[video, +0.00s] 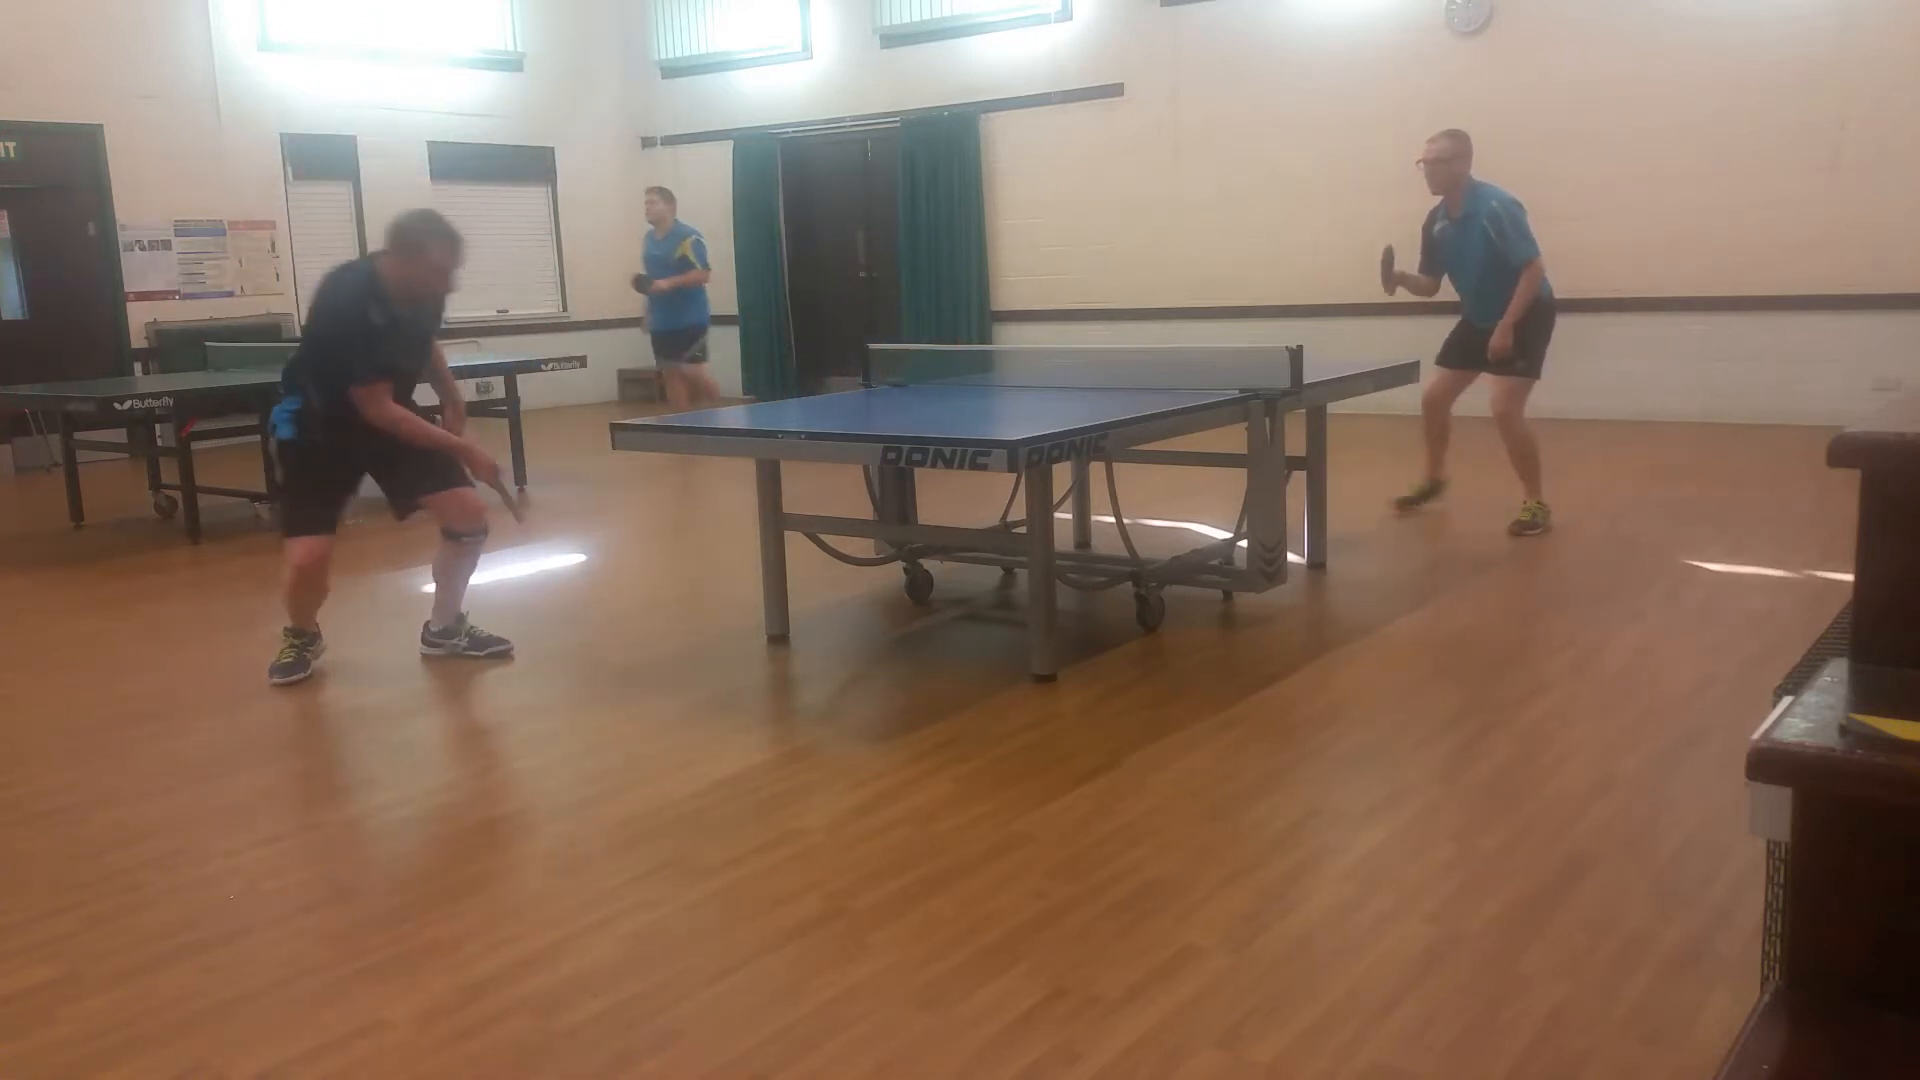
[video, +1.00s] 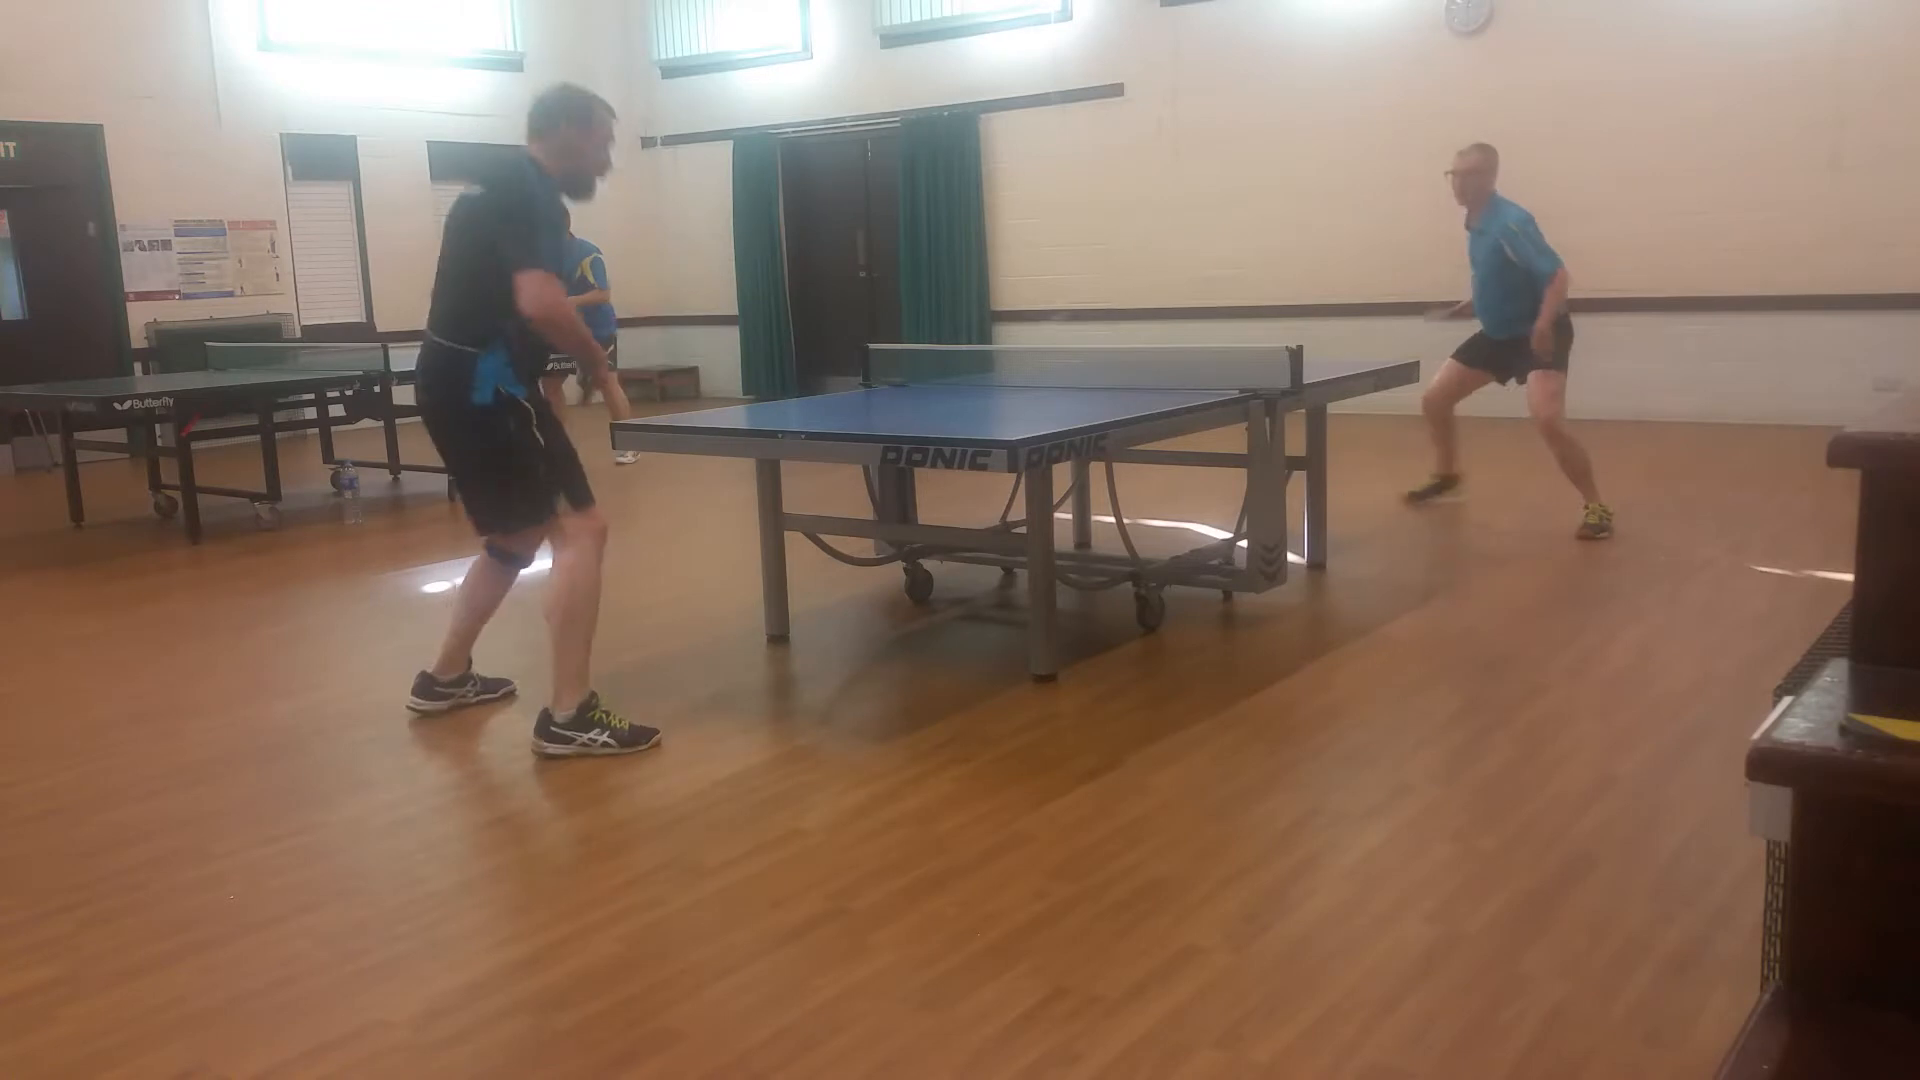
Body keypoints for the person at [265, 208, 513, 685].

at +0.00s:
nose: (448, 282)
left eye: (450, 272)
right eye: (441, 271)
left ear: (428, 263)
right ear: (403, 261)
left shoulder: (424, 288)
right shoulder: (346, 296)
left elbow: (420, 342)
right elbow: (377, 408)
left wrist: (451, 398)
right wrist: (464, 451)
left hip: (387, 415)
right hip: (319, 426)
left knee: (468, 518)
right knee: (307, 556)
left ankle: (444, 627)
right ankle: (301, 635)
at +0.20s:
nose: (517, 235)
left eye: (517, 222)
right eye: (511, 221)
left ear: (473, 216)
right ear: (474, 218)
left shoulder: (449, 262)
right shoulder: (410, 266)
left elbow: (421, 365)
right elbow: (391, 379)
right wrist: (481, 427)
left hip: (416, 407)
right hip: (363, 415)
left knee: (490, 511)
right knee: (391, 556)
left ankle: (447, 625)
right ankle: (293, 614)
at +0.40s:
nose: (535, 190)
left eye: (537, 178)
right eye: (529, 177)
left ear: (493, 172)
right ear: (491, 171)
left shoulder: (478, 224)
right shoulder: (437, 225)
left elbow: (460, 330)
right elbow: (427, 344)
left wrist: (535, 376)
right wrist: (527, 371)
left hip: (450, 378)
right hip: (410, 383)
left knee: (509, 506)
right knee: (495, 500)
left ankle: (453, 621)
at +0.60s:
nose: (562, 155)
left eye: (561, 142)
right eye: (554, 142)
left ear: (513, 144)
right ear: (516, 143)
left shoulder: (496, 206)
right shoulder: (474, 207)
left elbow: (506, 319)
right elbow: (486, 327)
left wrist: (591, 337)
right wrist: (593, 342)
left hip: (480, 383)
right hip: (460, 389)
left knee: (498, 517)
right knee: (558, 512)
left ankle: (453, 625)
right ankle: (544, 680)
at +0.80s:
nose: (583, 122)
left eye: (582, 106)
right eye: (576, 106)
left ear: (531, 103)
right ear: (534, 102)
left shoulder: (505, 162)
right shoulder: (494, 160)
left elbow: (513, 281)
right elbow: (495, 282)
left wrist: (588, 308)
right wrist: (598, 318)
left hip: (476, 351)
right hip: (477, 353)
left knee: (510, 505)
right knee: (563, 500)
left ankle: (444, 650)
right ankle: (540, 668)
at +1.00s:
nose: (609, 159)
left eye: (610, 145)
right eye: (602, 144)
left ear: (552, 137)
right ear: (565, 136)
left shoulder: (502, 184)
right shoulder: (529, 192)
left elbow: (492, 304)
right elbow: (539, 301)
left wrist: (541, 376)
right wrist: (601, 366)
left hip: (455, 376)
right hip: (487, 381)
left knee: (513, 539)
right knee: (582, 530)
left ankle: (444, 676)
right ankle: (569, 712)